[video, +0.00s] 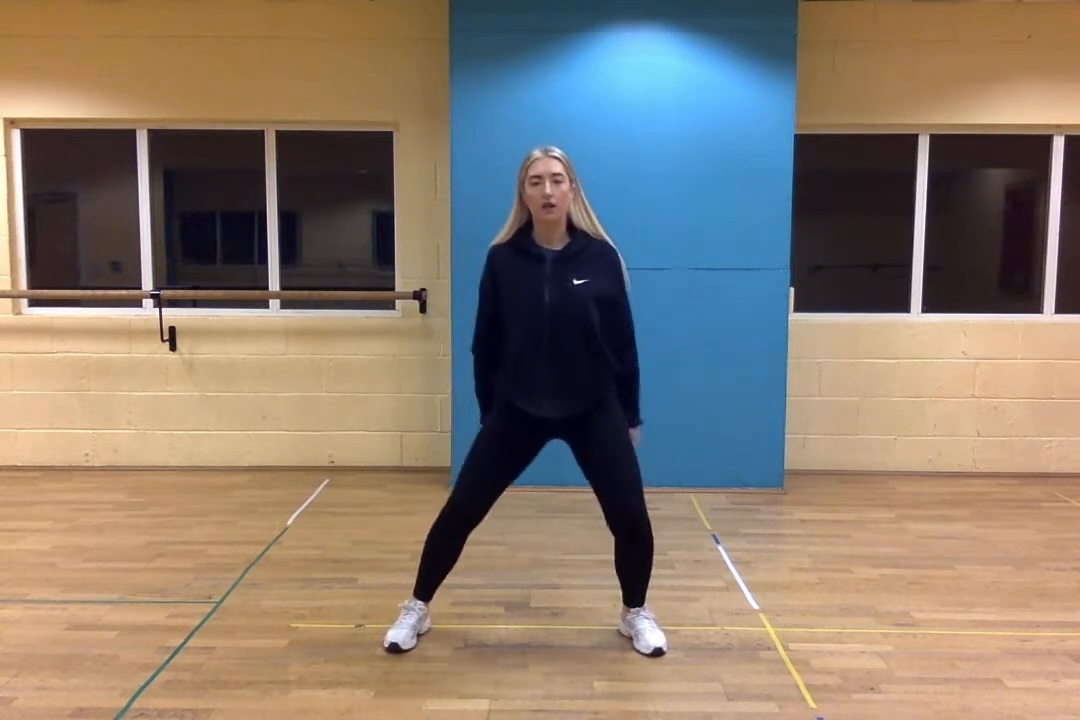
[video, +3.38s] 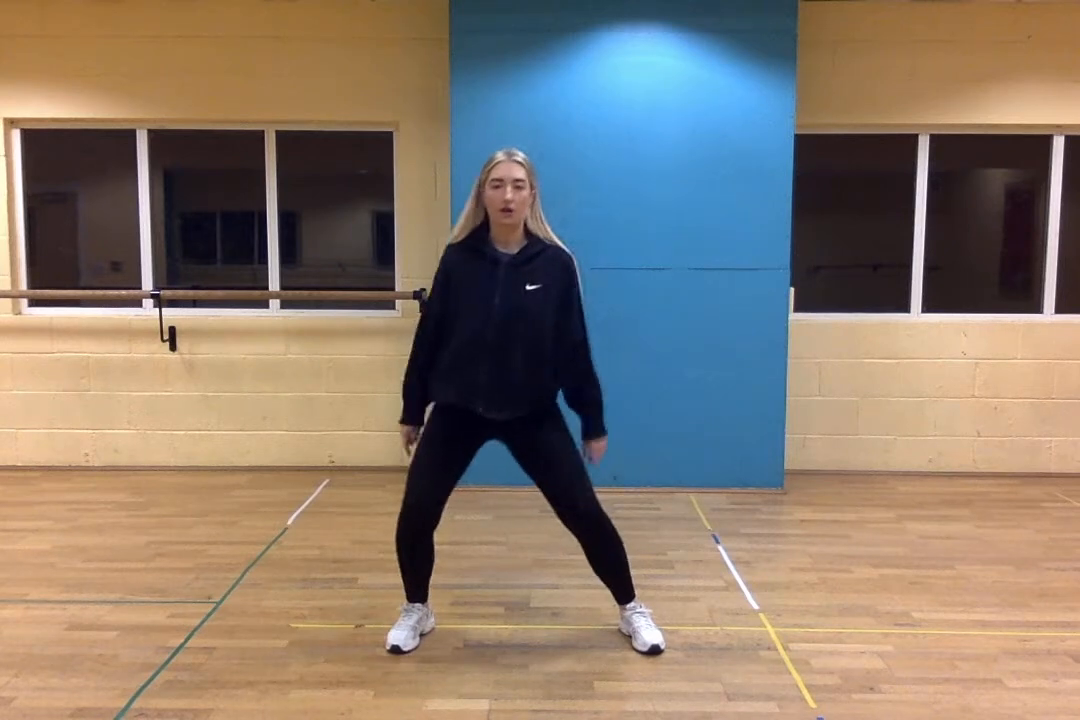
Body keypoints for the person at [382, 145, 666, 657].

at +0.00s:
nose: (548, 189)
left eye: (557, 180)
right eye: (537, 182)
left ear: (572, 189)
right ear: (523, 193)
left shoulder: (601, 254)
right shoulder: (503, 258)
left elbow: (623, 339)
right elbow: (486, 339)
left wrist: (630, 415)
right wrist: (490, 411)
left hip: (593, 407)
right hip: (519, 408)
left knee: (632, 518)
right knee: (461, 509)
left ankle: (636, 612)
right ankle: (416, 608)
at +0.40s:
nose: (496, 188)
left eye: (507, 179)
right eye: (487, 179)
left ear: (521, 190)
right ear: (471, 190)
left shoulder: (543, 259)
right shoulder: (446, 252)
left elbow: (564, 341)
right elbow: (421, 331)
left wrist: (584, 419)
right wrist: (411, 406)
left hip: (525, 409)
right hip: (454, 409)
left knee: (574, 512)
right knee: (412, 515)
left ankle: (626, 609)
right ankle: (412, 609)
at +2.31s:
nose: (503, 188)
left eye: (514, 179)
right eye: (494, 179)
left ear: (528, 189)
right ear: (478, 187)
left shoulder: (548, 258)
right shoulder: (453, 249)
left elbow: (570, 342)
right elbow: (427, 320)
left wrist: (591, 420)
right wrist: (421, 396)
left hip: (528, 406)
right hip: (456, 403)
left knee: (571, 511)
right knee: (413, 516)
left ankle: (631, 608)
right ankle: (410, 608)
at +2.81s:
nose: (559, 192)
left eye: (568, 182)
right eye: (548, 183)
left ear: (582, 191)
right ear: (533, 194)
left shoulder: (609, 256)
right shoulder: (512, 260)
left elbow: (632, 335)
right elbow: (496, 336)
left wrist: (645, 410)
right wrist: (499, 409)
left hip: (605, 408)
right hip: (532, 410)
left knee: (641, 516)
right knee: (477, 510)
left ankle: (638, 611)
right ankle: (421, 606)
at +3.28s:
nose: (511, 191)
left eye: (521, 181)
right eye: (501, 181)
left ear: (535, 191)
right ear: (486, 191)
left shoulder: (559, 259)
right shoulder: (461, 255)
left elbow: (582, 339)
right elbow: (437, 329)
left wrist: (605, 416)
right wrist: (428, 405)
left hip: (532, 408)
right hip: (460, 405)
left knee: (581, 512)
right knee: (415, 514)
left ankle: (631, 608)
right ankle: (416, 608)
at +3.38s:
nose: (507, 194)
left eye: (518, 185)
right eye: (497, 185)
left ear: (532, 196)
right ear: (482, 195)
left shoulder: (555, 261)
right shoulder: (458, 257)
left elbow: (573, 345)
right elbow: (429, 333)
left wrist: (593, 419)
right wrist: (412, 409)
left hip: (530, 409)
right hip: (459, 407)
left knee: (583, 511)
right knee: (415, 514)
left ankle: (631, 609)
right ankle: (415, 608)